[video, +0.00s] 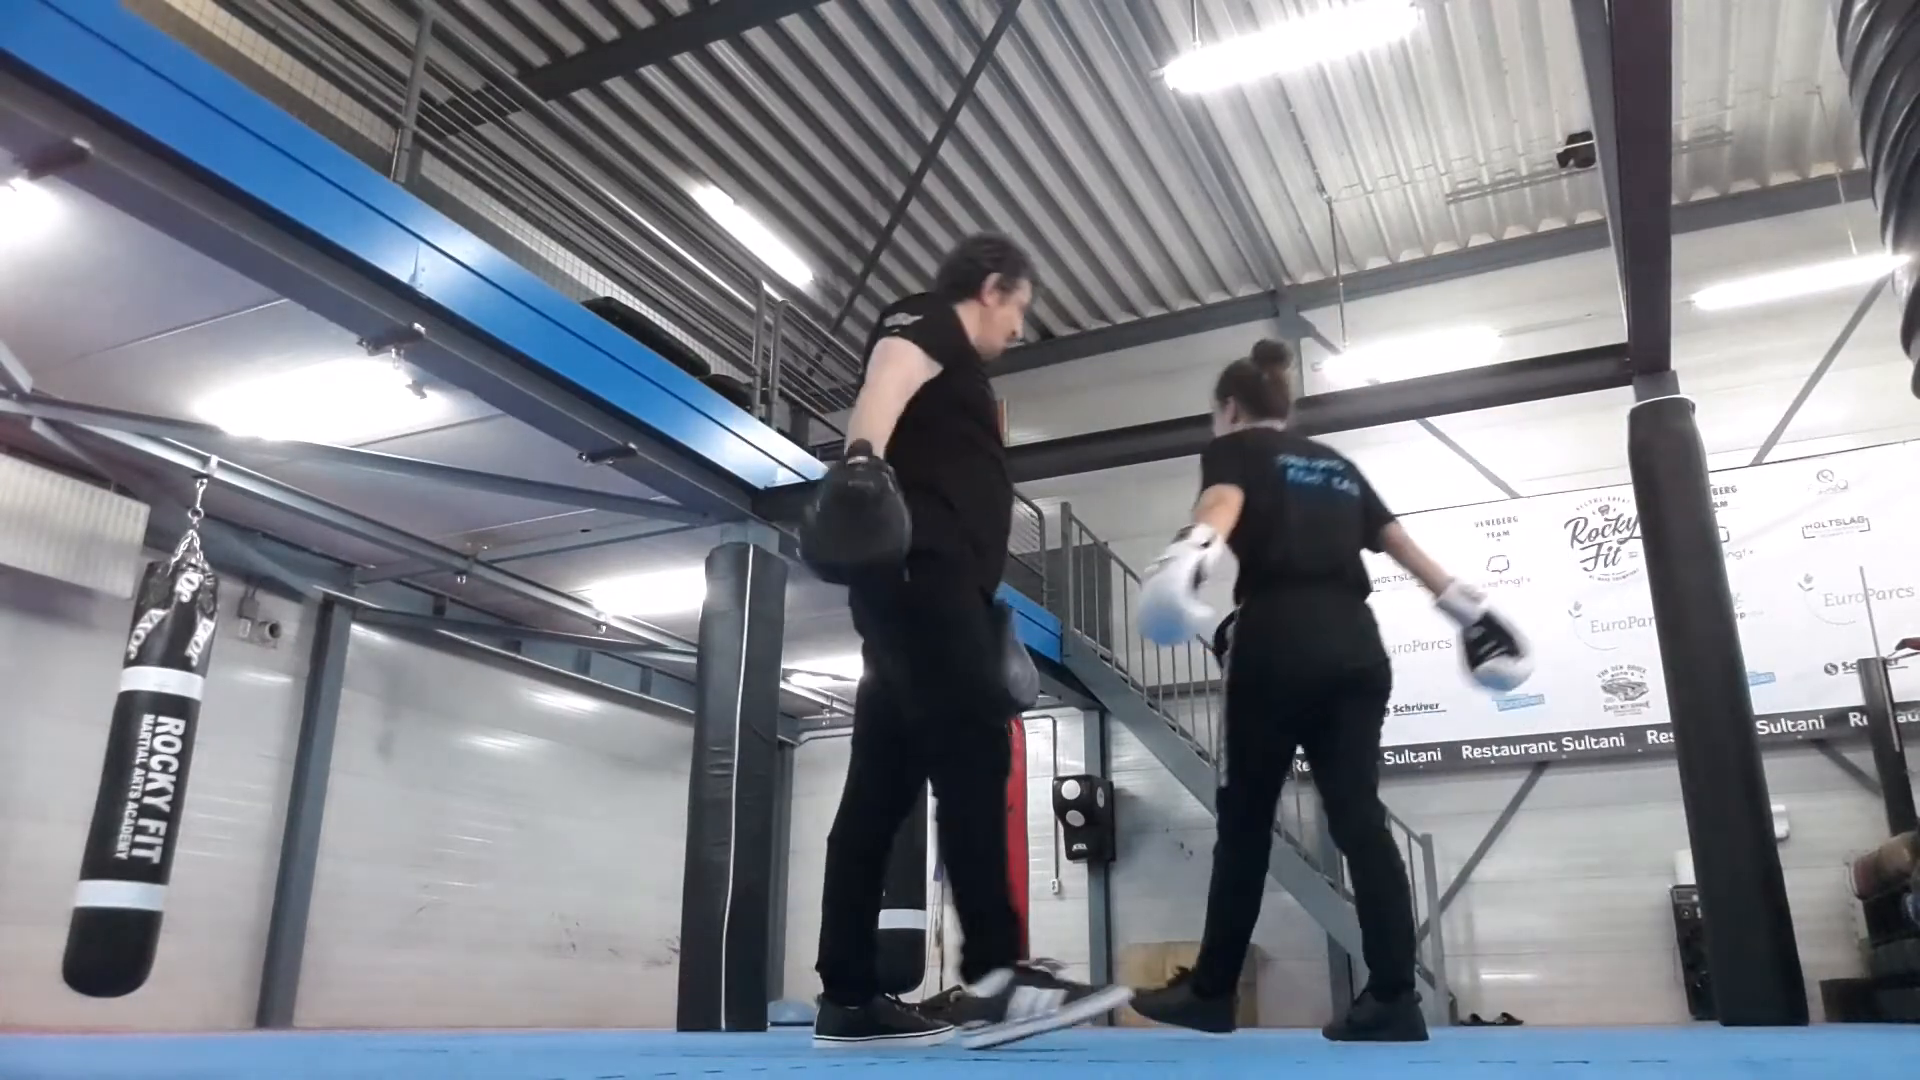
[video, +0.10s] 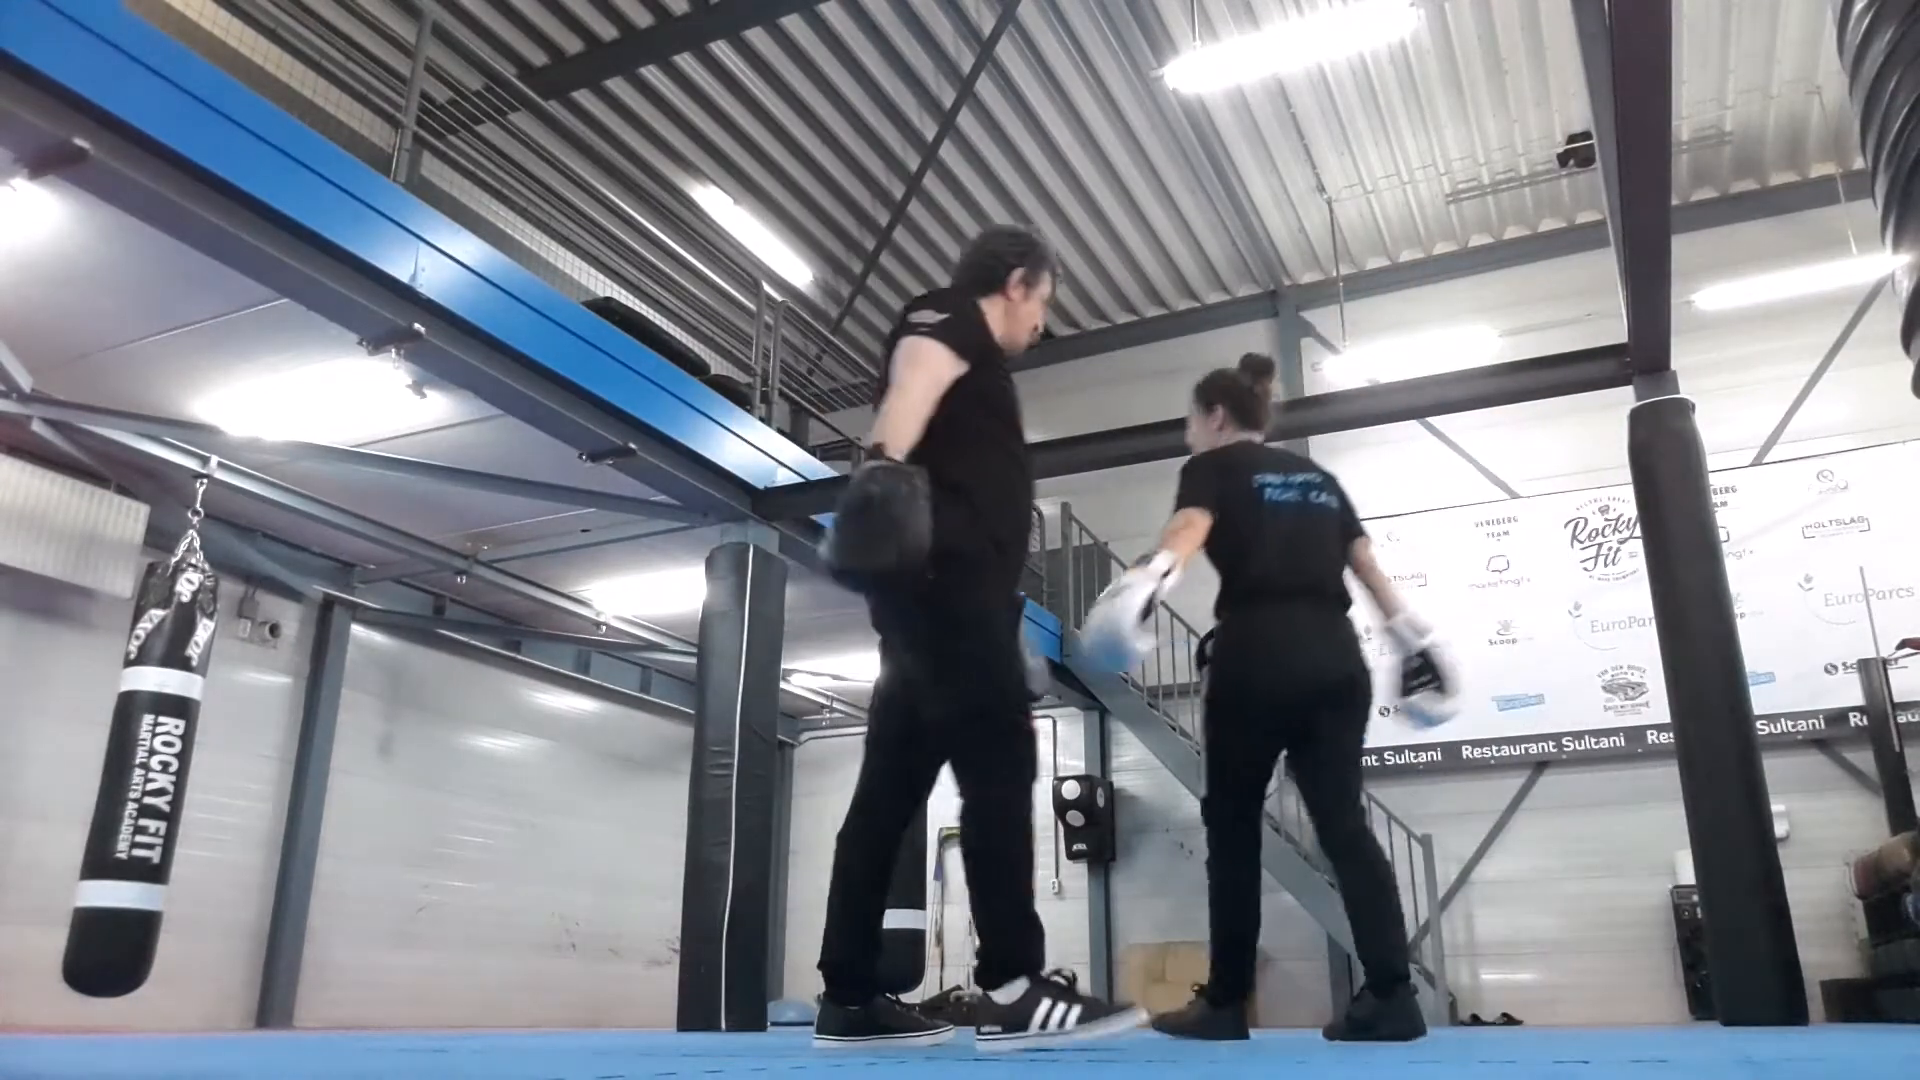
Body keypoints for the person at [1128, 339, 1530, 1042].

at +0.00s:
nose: (1214, 426)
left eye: (1215, 416)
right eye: (1215, 418)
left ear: (1231, 409)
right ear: (1285, 411)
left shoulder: (1234, 451)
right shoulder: (1338, 467)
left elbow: (1222, 505)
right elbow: (1402, 547)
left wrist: (1187, 554)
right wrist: (1468, 606)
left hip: (1274, 645)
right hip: (1356, 645)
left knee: (1245, 818)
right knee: (1361, 820)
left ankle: (1209, 990)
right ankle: (1394, 1000)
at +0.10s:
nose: (1189, 435)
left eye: (1193, 422)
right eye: (1191, 423)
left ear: (1216, 418)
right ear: (1256, 421)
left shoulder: (1210, 468)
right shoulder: (1315, 475)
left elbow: (1187, 533)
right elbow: (1365, 565)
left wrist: (1144, 583)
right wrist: (1409, 633)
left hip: (1253, 656)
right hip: (1334, 652)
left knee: (1232, 824)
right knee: (1344, 822)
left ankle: (1226, 1004)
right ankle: (1392, 997)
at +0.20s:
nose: (1165, 439)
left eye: (1172, 425)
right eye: (1166, 426)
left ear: (1205, 422)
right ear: (1229, 425)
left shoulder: (1193, 478)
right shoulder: (1292, 481)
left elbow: (1162, 557)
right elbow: (1329, 575)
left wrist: (1107, 627)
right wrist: (1341, 658)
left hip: (1230, 670)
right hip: (1308, 666)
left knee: (1219, 835)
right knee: (1313, 825)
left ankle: (1222, 1003)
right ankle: (1382, 972)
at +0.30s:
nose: (1150, 433)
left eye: (1159, 420)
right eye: (1151, 420)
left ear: (1197, 421)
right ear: (1212, 425)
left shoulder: (1179, 478)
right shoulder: (1270, 481)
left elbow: (1147, 576)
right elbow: (1299, 590)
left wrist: (1110, 659)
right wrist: (1290, 658)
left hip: (1210, 660)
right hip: (1281, 660)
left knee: (1210, 834)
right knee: (1270, 828)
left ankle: (1222, 1004)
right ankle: (1347, 927)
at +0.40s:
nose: (1142, 432)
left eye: (1152, 420)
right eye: (1144, 419)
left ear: (1189, 423)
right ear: (1205, 427)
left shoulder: (1172, 482)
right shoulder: (1252, 485)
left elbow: (1151, 590)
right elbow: (1276, 594)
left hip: (1198, 655)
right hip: (1262, 655)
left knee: (1203, 832)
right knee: (1236, 822)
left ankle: (1222, 1001)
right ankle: (1314, 935)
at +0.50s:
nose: (1148, 430)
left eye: (1155, 420)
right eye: (1152, 419)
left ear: (1171, 425)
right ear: (1207, 426)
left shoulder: (1163, 492)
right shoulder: (1235, 493)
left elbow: (1151, 591)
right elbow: (1253, 592)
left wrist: (1135, 653)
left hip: (1196, 661)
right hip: (1250, 658)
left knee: (1194, 825)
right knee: (1199, 821)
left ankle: (1223, 999)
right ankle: (1266, 972)